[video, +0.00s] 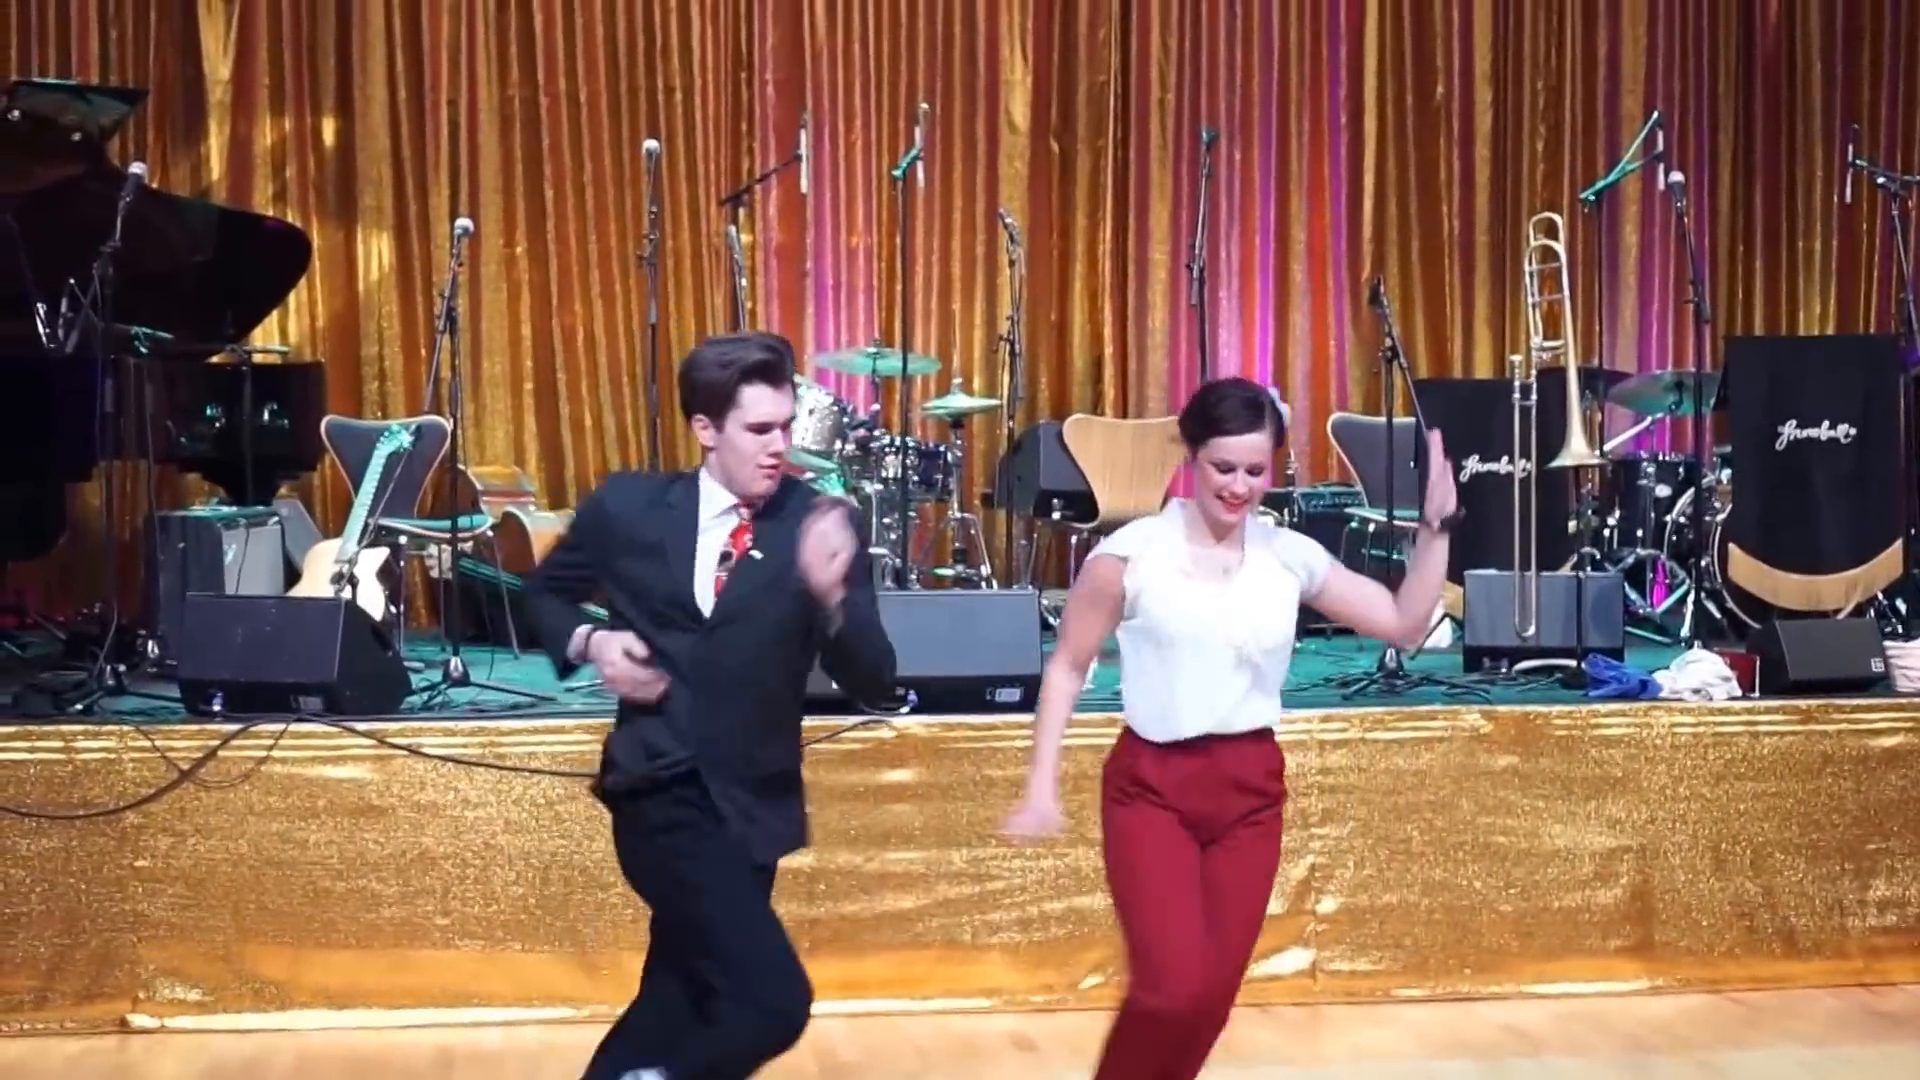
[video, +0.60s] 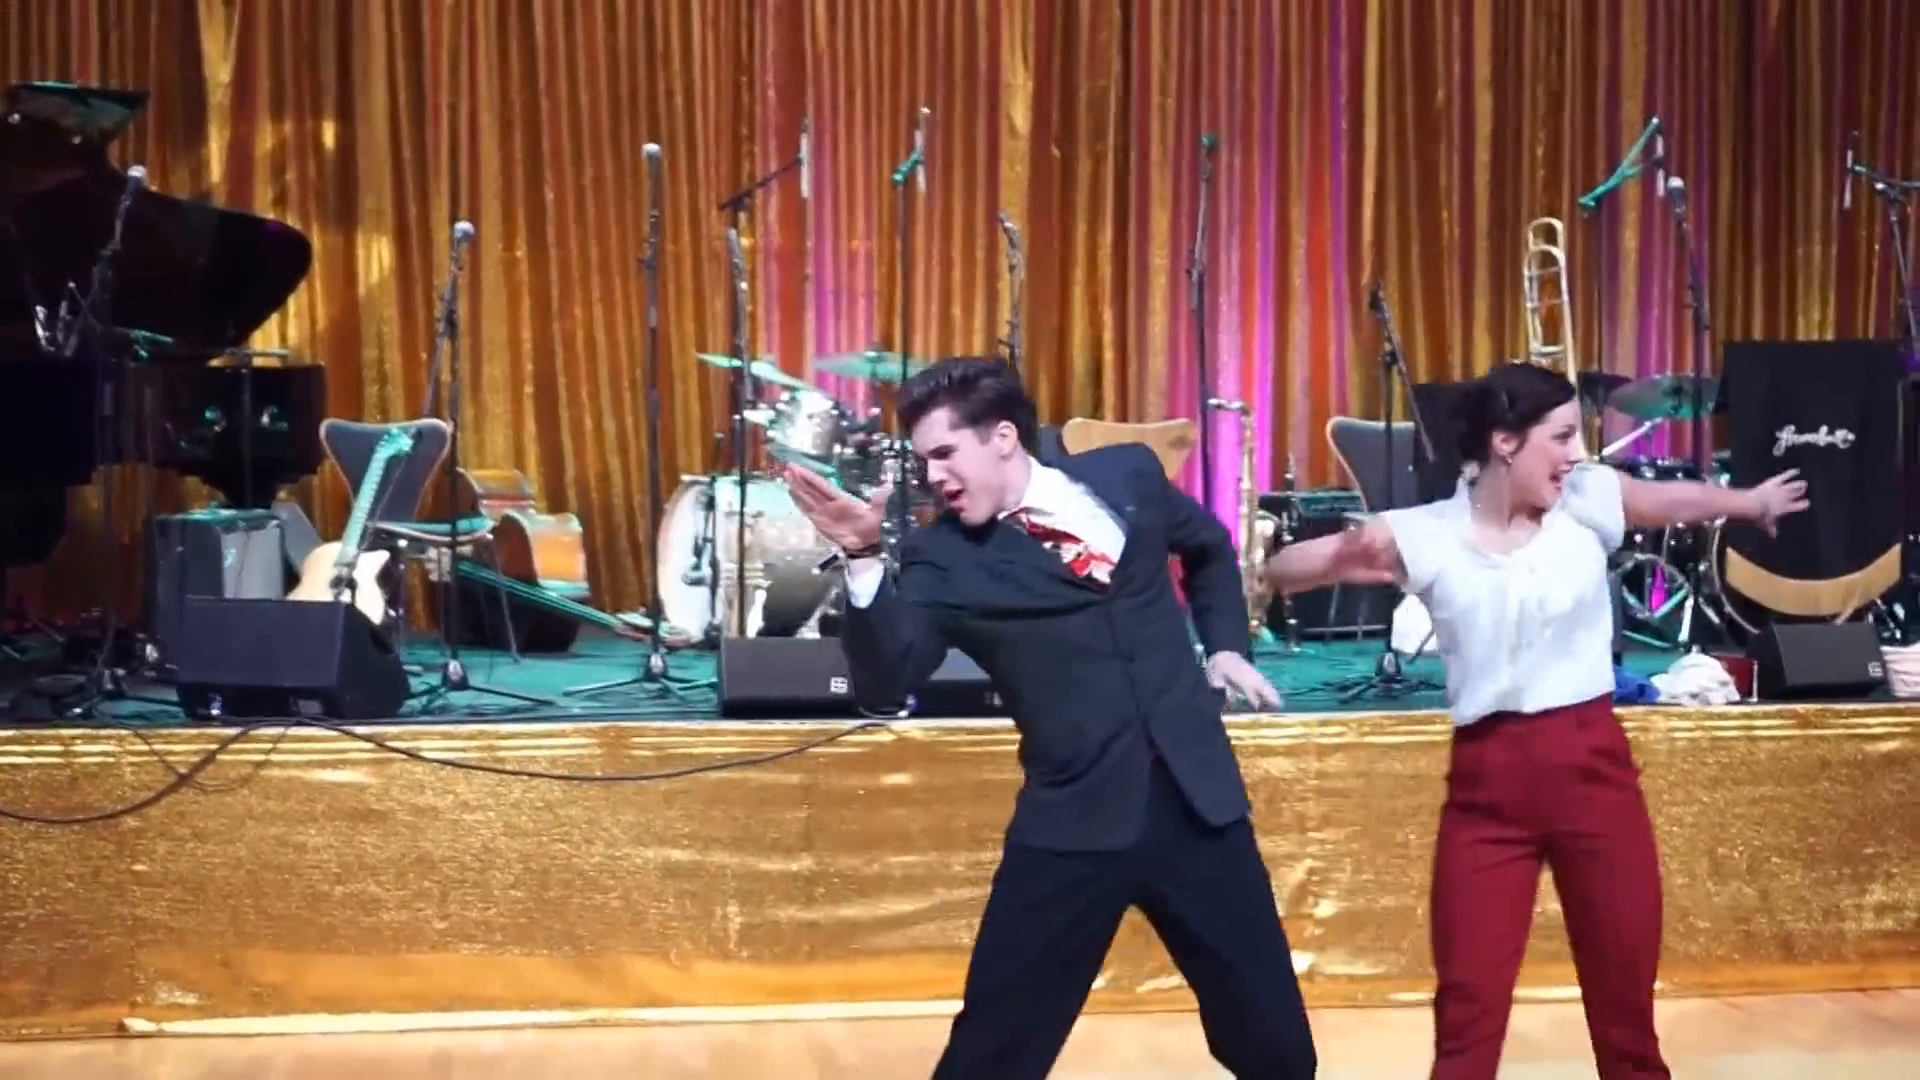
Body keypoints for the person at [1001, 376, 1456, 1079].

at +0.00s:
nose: (1239, 487)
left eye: (1255, 471)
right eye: (1223, 468)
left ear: (1274, 468)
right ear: (1190, 458)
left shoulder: (1289, 557)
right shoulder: (1127, 555)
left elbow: (1405, 625)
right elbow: (1068, 666)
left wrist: (1434, 528)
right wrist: (1041, 791)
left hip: (1250, 801)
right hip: (1150, 796)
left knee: (1207, 1008)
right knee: (1171, 994)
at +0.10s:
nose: (1281, 501)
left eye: (1296, 485)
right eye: (1264, 483)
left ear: (1311, 482)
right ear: (1227, 476)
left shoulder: (1330, 581)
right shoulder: (1163, 573)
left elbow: (1370, 704)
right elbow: (1102, 669)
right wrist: (991, 705)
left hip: (1274, 818)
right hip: (1182, 807)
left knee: (1163, 1030)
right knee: (1266, 1007)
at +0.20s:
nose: (1340, 499)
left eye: (1350, 482)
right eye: (1322, 481)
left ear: (1360, 486)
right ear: (1272, 484)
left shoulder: (1380, 587)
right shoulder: (1216, 586)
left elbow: (1375, 713)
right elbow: (1145, 677)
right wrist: (1045, 628)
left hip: (1326, 826)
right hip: (1234, 820)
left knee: (1224, 1028)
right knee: (1299, 1044)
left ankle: (1153, 1079)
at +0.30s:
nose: (1397, 497)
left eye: (1401, 479)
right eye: (1379, 480)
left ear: (1408, 481)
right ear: (1323, 483)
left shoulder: (1431, 584)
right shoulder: (1259, 586)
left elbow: (1462, 721)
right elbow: (1170, 664)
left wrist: (1496, 850)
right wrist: (1109, 603)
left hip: (1385, 835)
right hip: (1281, 829)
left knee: (1399, 1047)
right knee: (1286, 1053)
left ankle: (1302, 1074)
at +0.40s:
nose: (1458, 479)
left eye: (1462, 462)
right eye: (1443, 461)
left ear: (1466, 467)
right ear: (1384, 462)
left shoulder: (1488, 554)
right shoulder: (1309, 563)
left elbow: (1552, 651)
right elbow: (1203, 635)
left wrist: (1614, 729)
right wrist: (1172, 586)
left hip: (1437, 820)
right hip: (1326, 816)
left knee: (1535, 1014)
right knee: (1305, 1038)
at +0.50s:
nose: (1520, 460)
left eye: (1523, 441)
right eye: (1506, 441)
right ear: (1449, 443)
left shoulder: (1540, 509)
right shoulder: (1368, 532)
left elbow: (1623, 564)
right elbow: (1243, 602)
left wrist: (1686, 588)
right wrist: (1250, 565)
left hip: (1522, 792)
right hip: (1408, 796)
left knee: (1588, 1023)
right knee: (1387, 1033)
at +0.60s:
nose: (1575, 453)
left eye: (1576, 435)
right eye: (1560, 435)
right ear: (1504, 443)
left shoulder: (1589, 498)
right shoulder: (1421, 533)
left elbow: (1675, 502)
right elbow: (1276, 571)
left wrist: (1749, 502)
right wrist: (1332, 555)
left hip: (1597, 793)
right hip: (1485, 803)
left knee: (1625, 1032)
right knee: (1465, 1029)